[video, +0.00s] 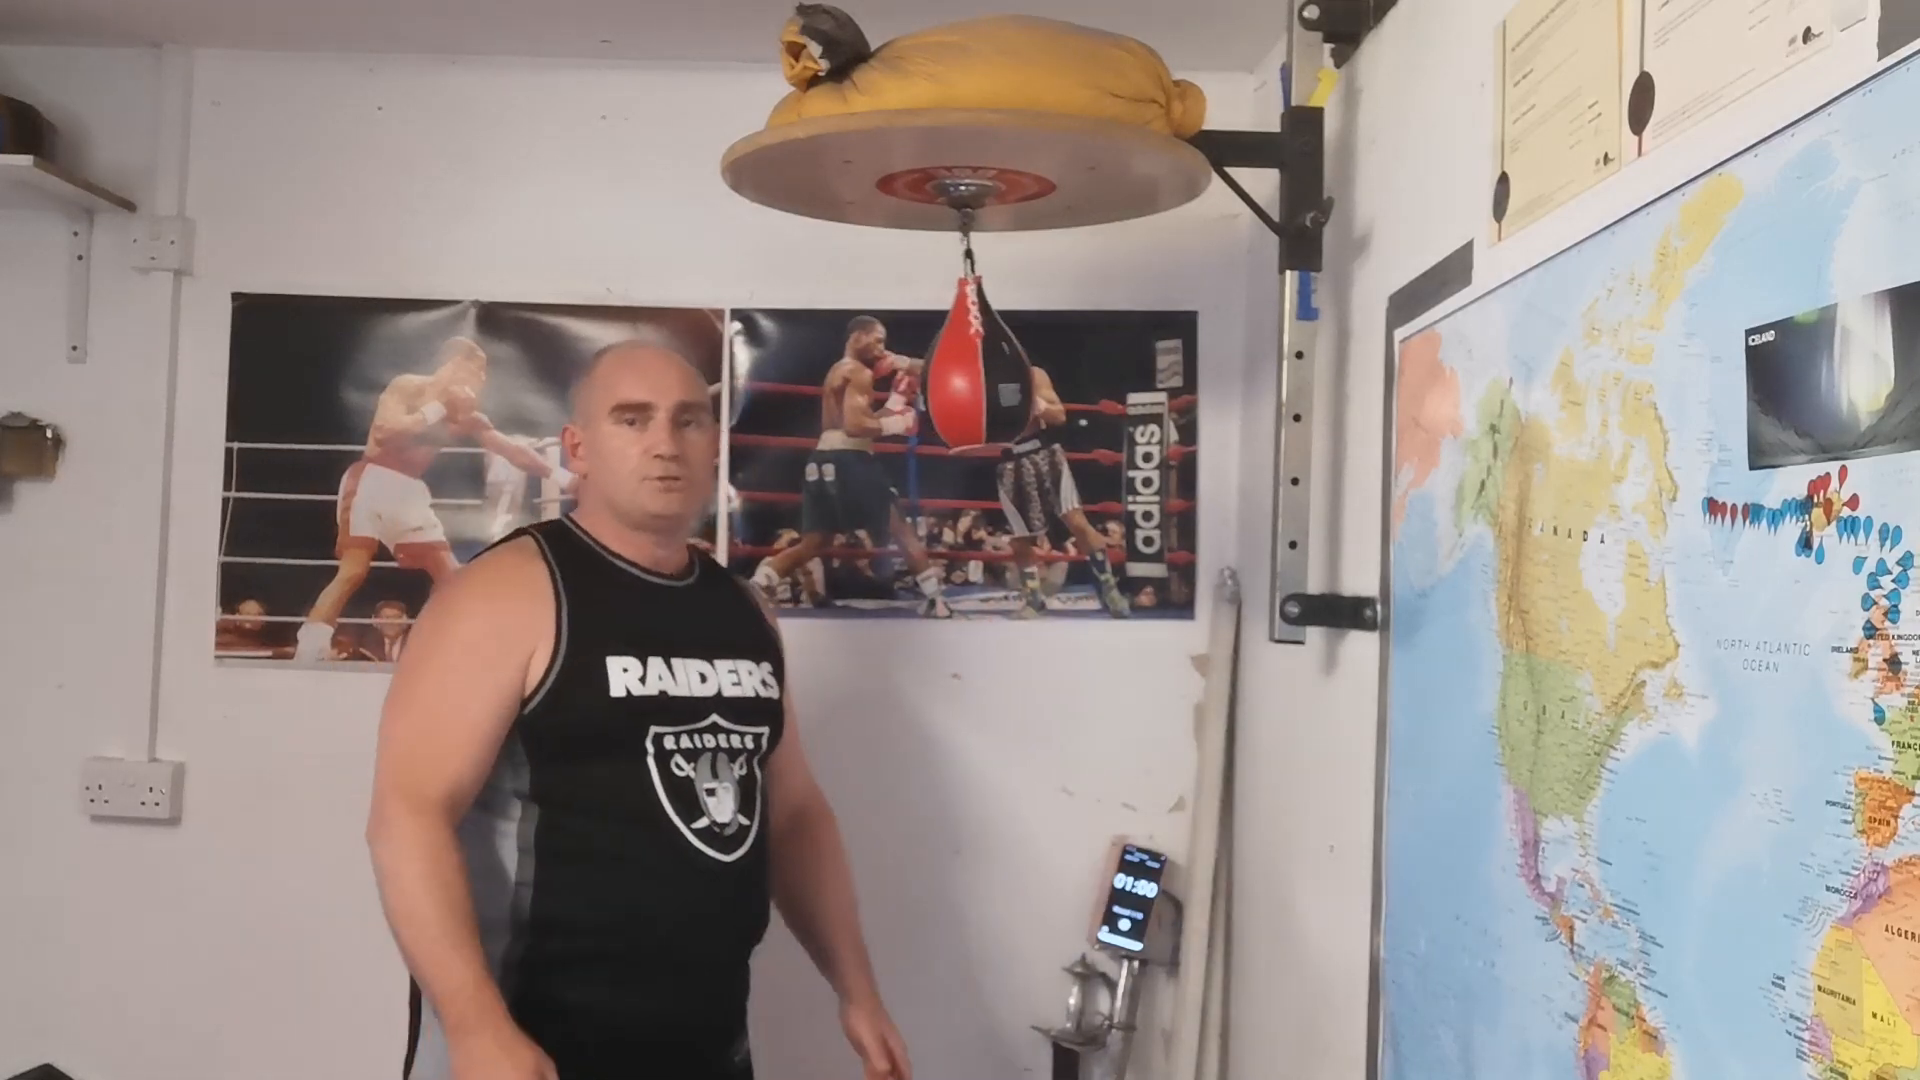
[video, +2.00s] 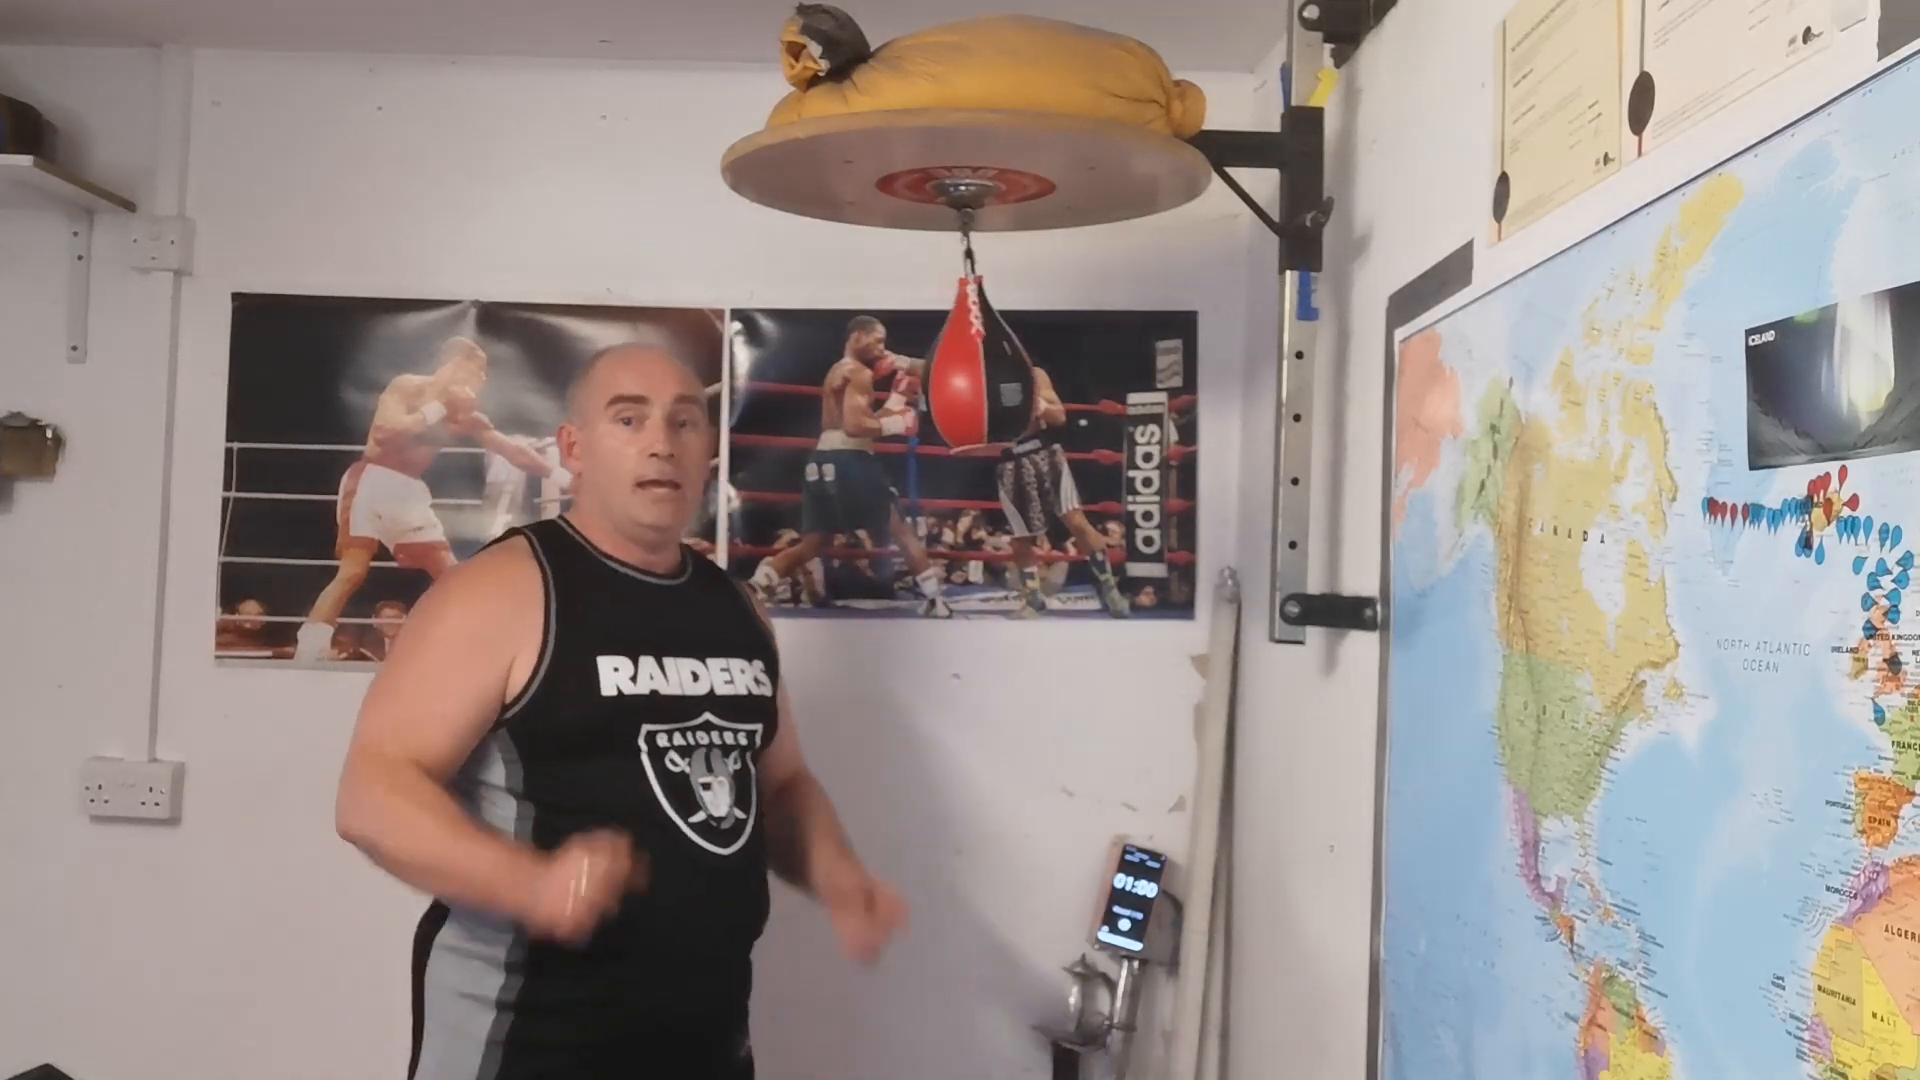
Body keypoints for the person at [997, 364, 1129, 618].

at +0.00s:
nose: (1003, 360)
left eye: (1006, 353)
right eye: (995, 357)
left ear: (1015, 354)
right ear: (988, 363)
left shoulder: (1034, 376)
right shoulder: (983, 386)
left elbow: (1059, 416)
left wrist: (1041, 407)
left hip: (1047, 455)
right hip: (1011, 463)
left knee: (1076, 522)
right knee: (1020, 536)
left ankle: (1109, 588)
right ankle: (1032, 598)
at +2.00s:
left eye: (1007, 353)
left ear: (1016, 354)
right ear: (989, 363)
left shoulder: (1035, 376)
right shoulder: (982, 386)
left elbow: (1059, 416)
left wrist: (1042, 407)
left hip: (1047, 454)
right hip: (1011, 463)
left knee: (1076, 522)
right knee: (1021, 536)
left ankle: (1109, 589)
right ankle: (1032, 599)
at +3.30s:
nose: (989, 348)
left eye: (993, 341)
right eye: (984, 343)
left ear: (1008, 345)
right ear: (981, 351)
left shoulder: (1034, 375)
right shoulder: (982, 384)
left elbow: (1059, 415)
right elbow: (976, 425)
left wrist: (1034, 401)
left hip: (1045, 456)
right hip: (1011, 464)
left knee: (1075, 521)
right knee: (1021, 537)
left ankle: (1109, 588)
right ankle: (1033, 598)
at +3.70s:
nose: (1003, 355)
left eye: (1006, 346)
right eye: (995, 351)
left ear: (1014, 348)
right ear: (986, 357)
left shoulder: (1034, 375)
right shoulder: (983, 386)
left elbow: (1059, 416)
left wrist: (1041, 408)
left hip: (1046, 455)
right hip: (1010, 465)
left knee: (1077, 524)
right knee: (1021, 536)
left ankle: (1109, 589)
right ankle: (1032, 599)